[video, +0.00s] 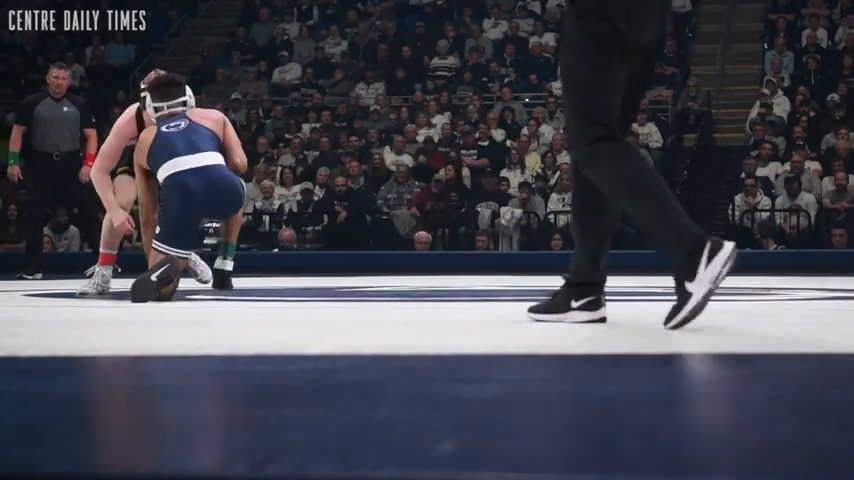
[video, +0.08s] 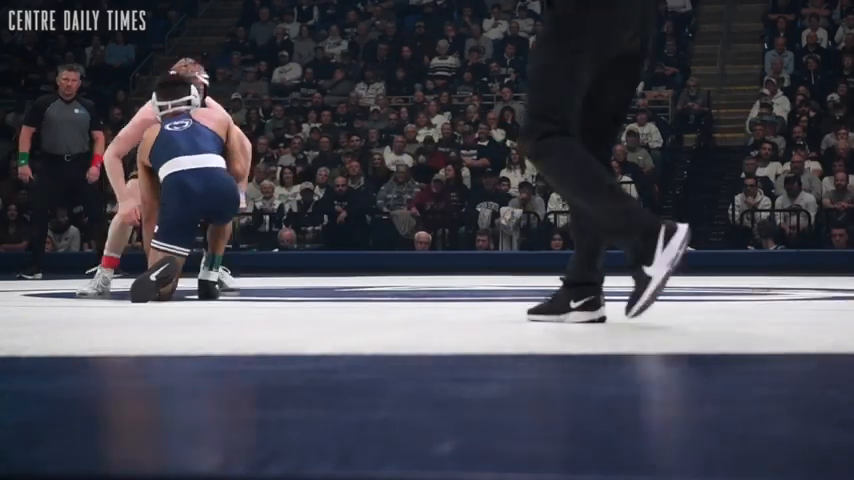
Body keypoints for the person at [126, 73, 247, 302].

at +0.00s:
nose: (143, 112)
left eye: (144, 107)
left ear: (150, 110)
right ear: (188, 101)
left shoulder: (144, 142)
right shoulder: (215, 117)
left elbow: (148, 215)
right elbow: (240, 164)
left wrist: (153, 265)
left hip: (179, 201)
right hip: (223, 192)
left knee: (161, 281)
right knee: (237, 198)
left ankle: (159, 278)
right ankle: (224, 269)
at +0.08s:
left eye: (157, 104)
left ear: (158, 106)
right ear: (195, 99)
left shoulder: (148, 139)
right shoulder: (219, 118)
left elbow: (149, 212)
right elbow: (239, 170)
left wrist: (152, 261)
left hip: (178, 197)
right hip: (221, 191)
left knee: (164, 287)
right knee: (221, 215)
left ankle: (157, 277)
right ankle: (210, 274)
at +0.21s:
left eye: (172, 104)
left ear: (170, 107)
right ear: (203, 100)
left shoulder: (156, 133)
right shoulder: (229, 119)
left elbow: (153, 195)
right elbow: (239, 172)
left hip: (174, 189)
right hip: (217, 186)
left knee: (165, 280)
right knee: (219, 213)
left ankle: (153, 278)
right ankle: (211, 273)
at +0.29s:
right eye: (219, 93)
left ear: (179, 102)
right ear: (214, 95)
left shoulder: (163, 127)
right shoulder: (235, 111)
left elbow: (159, 173)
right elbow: (239, 165)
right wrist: (214, 194)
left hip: (169, 167)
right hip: (214, 165)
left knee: (160, 267)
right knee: (219, 210)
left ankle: (148, 266)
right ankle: (212, 273)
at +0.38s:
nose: (185, 211)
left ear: (186, 92)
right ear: (217, 89)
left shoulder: (172, 106)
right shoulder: (238, 103)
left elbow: (163, 182)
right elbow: (236, 157)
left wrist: (166, 246)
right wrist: (200, 189)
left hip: (165, 148)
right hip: (206, 147)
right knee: (219, 206)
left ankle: (145, 246)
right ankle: (211, 272)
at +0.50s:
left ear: (197, 71)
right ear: (225, 74)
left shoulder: (175, 82)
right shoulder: (238, 91)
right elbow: (231, 142)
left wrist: (175, 194)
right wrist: (199, 187)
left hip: (153, 128)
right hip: (194, 128)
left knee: (157, 200)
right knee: (213, 204)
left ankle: (131, 261)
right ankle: (209, 276)